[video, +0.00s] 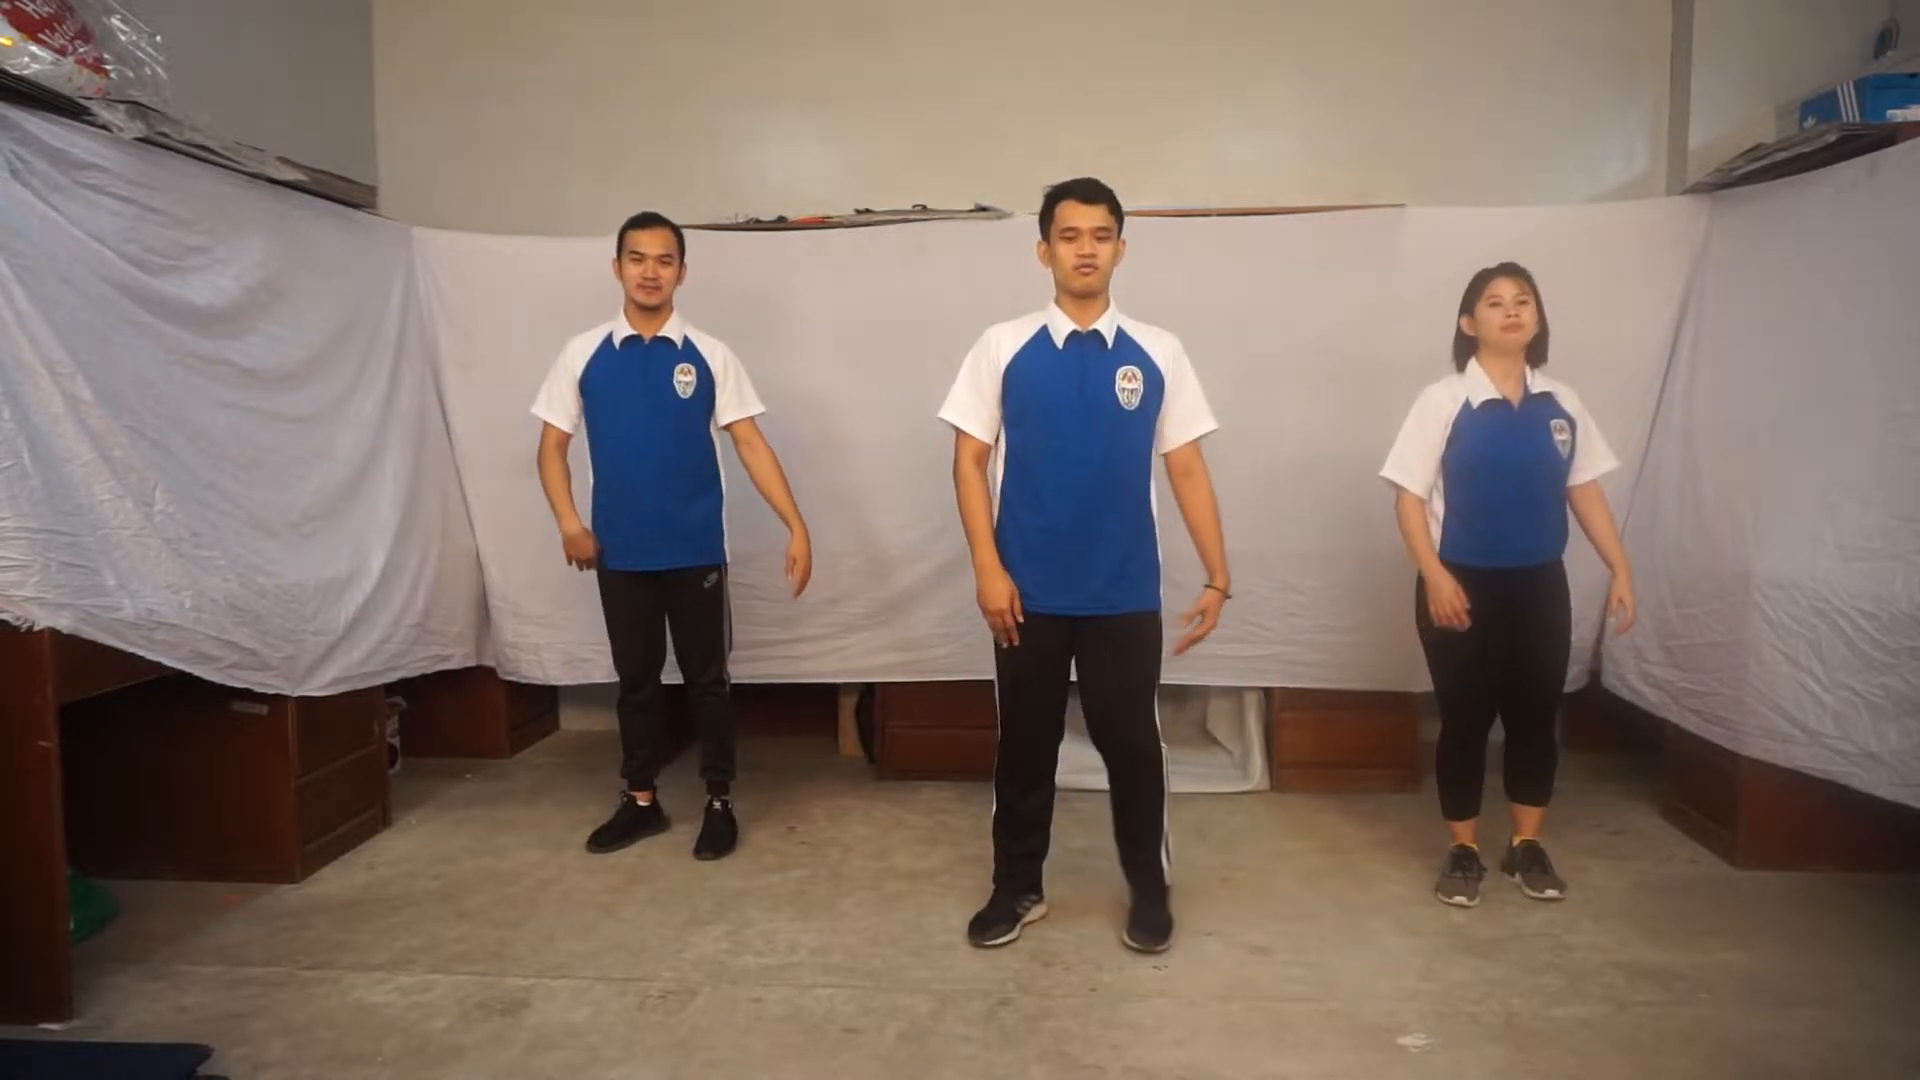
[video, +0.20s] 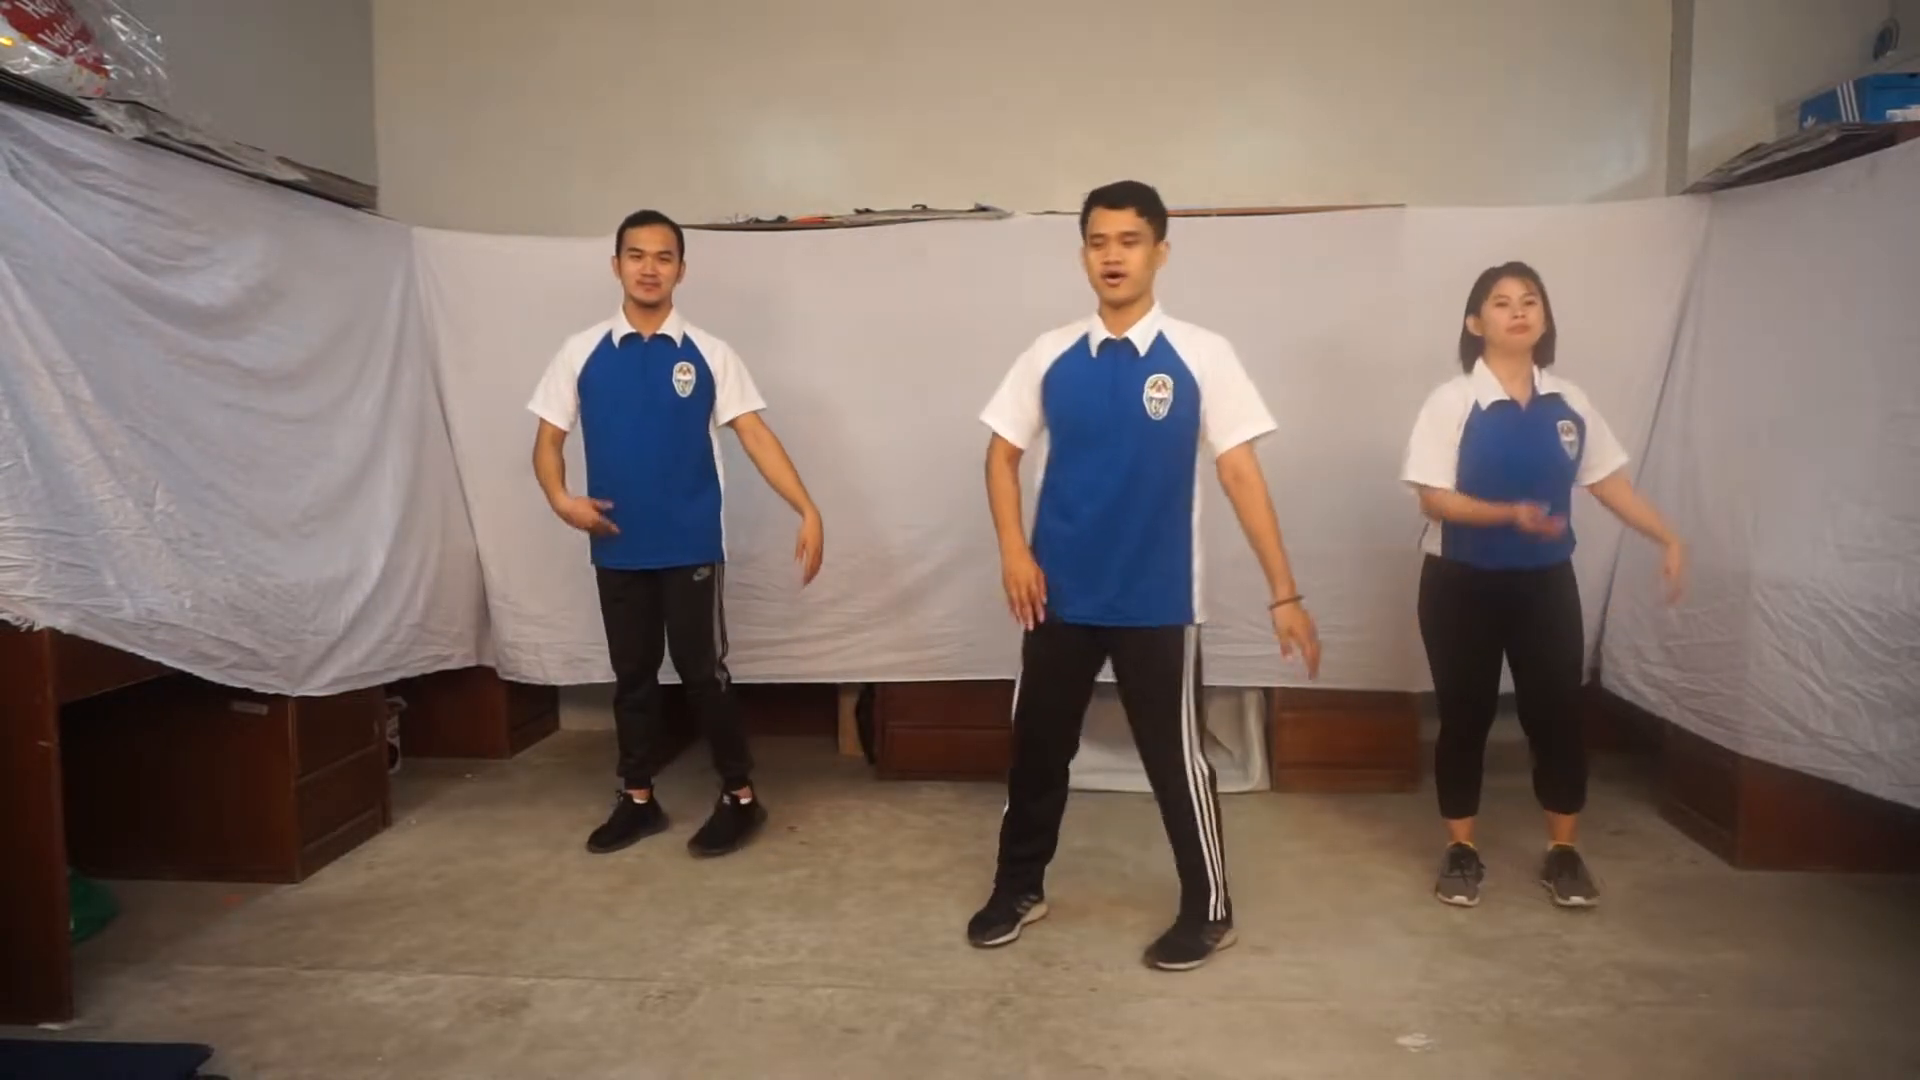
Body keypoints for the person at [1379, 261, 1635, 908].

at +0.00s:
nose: (1511, 310)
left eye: (1521, 302)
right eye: (1495, 303)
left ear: (1538, 319)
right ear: (1469, 322)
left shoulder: (1559, 398)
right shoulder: (1443, 399)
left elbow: (1585, 491)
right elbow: (1408, 496)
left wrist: (1620, 567)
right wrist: (1433, 573)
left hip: (1539, 586)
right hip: (1460, 587)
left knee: (1535, 716)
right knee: (1465, 721)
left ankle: (1527, 845)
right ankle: (1464, 849)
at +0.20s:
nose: (1518, 312)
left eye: (1528, 303)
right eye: (1503, 304)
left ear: (1545, 319)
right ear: (1476, 322)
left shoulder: (1567, 401)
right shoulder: (1451, 400)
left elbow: (1609, 483)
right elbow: (1432, 499)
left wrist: (1669, 537)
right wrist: (1509, 512)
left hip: (1546, 587)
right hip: (1462, 587)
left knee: (1557, 713)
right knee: (1465, 715)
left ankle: (1564, 850)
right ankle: (1461, 848)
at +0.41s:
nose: (1534, 321)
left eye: (1547, 310)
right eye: (1519, 312)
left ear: (1568, 323)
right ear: (1498, 329)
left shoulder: (1606, 399)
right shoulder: (1474, 409)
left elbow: (1650, 481)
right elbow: (1435, 504)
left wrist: (1688, 526)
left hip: (1580, 590)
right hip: (1491, 587)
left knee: (1569, 725)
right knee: (1480, 718)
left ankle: (1579, 862)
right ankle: (1460, 851)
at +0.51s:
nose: (1549, 324)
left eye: (1563, 312)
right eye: (1535, 314)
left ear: (1587, 323)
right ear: (1516, 327)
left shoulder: (1619, 396)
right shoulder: (1495, 405)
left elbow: (1659, 494)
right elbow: (1424, 466)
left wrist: (1605, 554)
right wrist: (1392, 401)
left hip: (1602, 587)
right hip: (1515, 584)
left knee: (1585, 723)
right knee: (1493, 713)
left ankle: (1581, 861)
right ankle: (1466, 849)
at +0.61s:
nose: (1565, 328)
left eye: (1581, 316)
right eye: (1552, 317)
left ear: (1610, 328)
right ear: (1537, 328)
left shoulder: (1630, 409)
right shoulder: (1523, 396)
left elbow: (1627, 512)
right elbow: (1462, 407)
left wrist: (1527, 564)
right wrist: (1440, 336)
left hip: (1622, 584)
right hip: (1547, 583)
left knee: (1596, 712)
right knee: (1514, 710)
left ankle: (1582, 857)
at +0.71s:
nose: (1575, 334)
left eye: (1592, 323)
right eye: (1567, 322)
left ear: (1622, 334)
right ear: (1552, 333)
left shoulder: (1630, 413)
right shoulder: (1553, 386)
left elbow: (1598, 520)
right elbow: (1520, 333)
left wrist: (1521, 554)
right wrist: (1489, 265)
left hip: (1633, 583)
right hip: (1575, 581)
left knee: (1602, 717)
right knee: (1562, 712)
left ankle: (1584, 860)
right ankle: (1696, 816)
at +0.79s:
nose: (1580, 340)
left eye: (1597, 328)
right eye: (1572, 326)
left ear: (1628, 339)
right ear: (1562, 329)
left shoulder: (1630, 412)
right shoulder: (1583, 389)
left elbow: (1589, 515)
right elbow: (1564, 307)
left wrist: (1536, 542)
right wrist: (1537, 231)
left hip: (1637, 584)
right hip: (1602, 580)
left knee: (1593, 716)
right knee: (1630, 722)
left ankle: (1583, 860)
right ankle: (1752, 842)